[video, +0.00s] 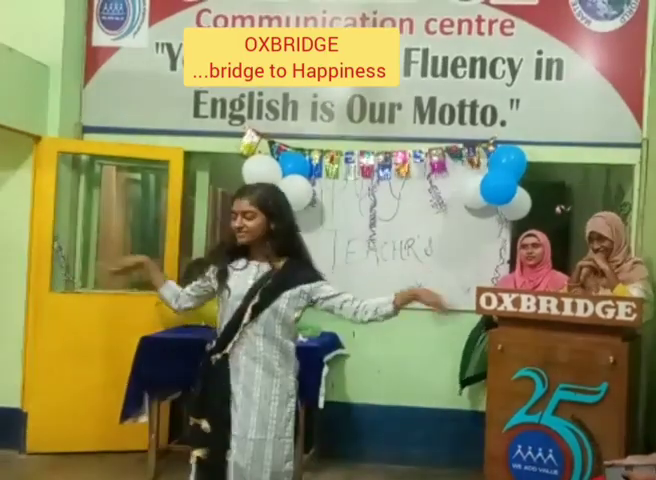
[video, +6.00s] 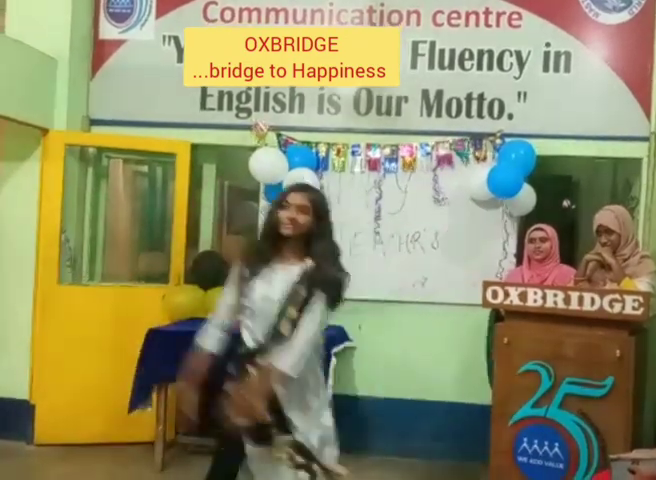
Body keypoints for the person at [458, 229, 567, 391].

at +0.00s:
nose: (529, 251)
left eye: (535, 246)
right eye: (524, 247)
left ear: (546, 250)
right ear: (518, 252)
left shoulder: (561, 282)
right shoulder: (506, 282)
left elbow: (566, 317)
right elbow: (493, 316)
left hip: (548, 346)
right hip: (511, 346)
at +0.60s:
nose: (529, 251)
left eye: (535, 246)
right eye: (524, 247)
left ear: (545, 250)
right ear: (518, 252)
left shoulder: (561, 282)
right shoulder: (506, 282)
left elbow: (566, 321)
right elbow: (493, 319)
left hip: (548, 351)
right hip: (511, 350)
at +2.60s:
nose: (531, 251)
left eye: (537, 246)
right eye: (525, 247)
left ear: (546, 251)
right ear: (519, 252)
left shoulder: (561, 281)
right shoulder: (508, 281)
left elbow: (566, 318)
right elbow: (496, 318)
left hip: (548, 349)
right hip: (512, 347)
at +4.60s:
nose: (532, 252)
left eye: (537, 246)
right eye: (527, 247)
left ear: (547, 250)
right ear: (520, 252)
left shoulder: (562, 281)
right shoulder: (509, 281)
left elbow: (565, 316)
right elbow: (499, 317)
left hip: (550, 346)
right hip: (515, 345)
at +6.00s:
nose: (537, 246)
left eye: (543, 241)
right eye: (532, 241)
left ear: (553, 244)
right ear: (525, 246)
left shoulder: (569, 275)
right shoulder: (514, 275)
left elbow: (573, 310)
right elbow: (503, 309)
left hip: (555, 340)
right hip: (519, 339)